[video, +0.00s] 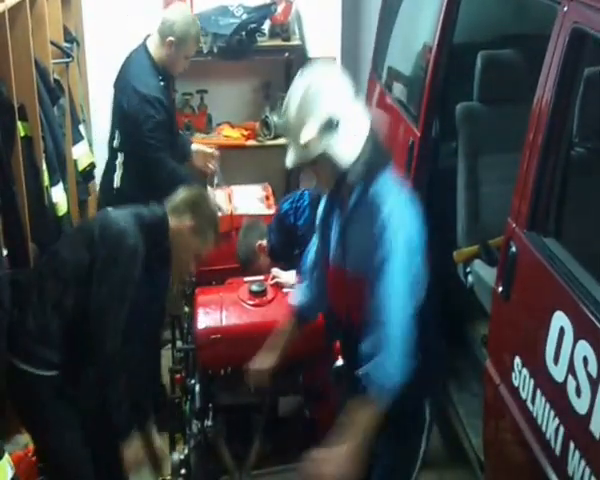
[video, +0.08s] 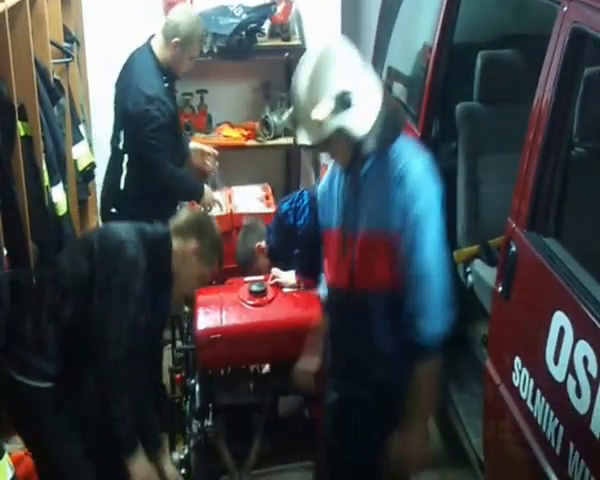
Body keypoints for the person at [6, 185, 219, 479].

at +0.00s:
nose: (192, 267)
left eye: (198, 258)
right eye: (196, 255)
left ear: (184, 225)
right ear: (184, 227)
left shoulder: (154, 248)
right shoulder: (123, 240)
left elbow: (144, 345)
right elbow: (110, 343)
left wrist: (150, 424)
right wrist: (125, 433)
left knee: (109, 463)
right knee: (76, 467)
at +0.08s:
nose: (193, 293)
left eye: (202, 284)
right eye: (200, 279)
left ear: (187, 249)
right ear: (189, 250)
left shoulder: (155, 267)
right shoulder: (125, 253)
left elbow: (147, 369)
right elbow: (115, 360)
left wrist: (159, 451)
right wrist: (132, 455)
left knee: (109, 465)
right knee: (73, 470)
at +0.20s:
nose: (196, 317)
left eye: (205, 307)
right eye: (204, 302)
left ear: (190, 274)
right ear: (192, 275)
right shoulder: (126, 271)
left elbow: (148, 382)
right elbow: (118, 373)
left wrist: (165, 463)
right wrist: (140, 464)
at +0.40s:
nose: (199, 350)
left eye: (207, 344)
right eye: (205, 340)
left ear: (193, 310)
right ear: (194, 312)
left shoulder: (154, 306)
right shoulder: (130, 311)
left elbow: (149, 404)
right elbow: (120, 412)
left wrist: (169, 472)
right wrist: (135, 473)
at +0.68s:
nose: (194, 389)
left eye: (203, 385)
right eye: (203, 380)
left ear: (192, 348)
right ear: (193, 353)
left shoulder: (156, 325)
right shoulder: (121, 347)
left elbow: (155, 418)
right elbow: (107, 444)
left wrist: (170, 472)